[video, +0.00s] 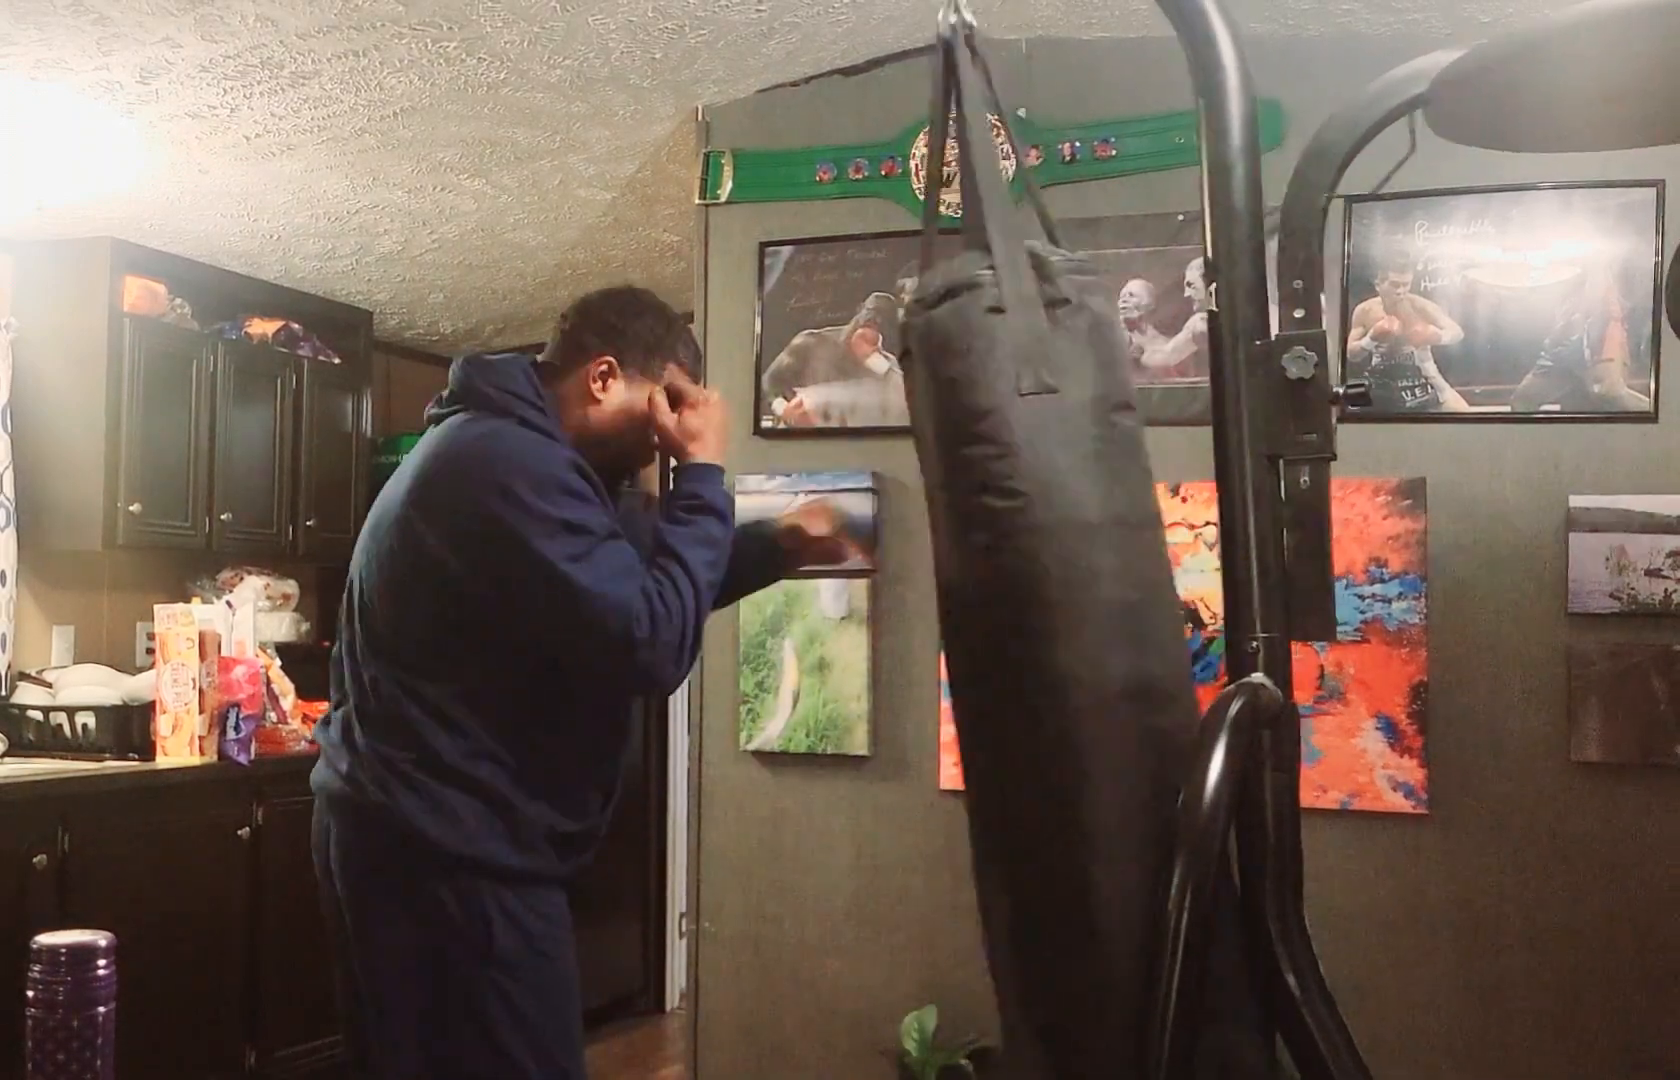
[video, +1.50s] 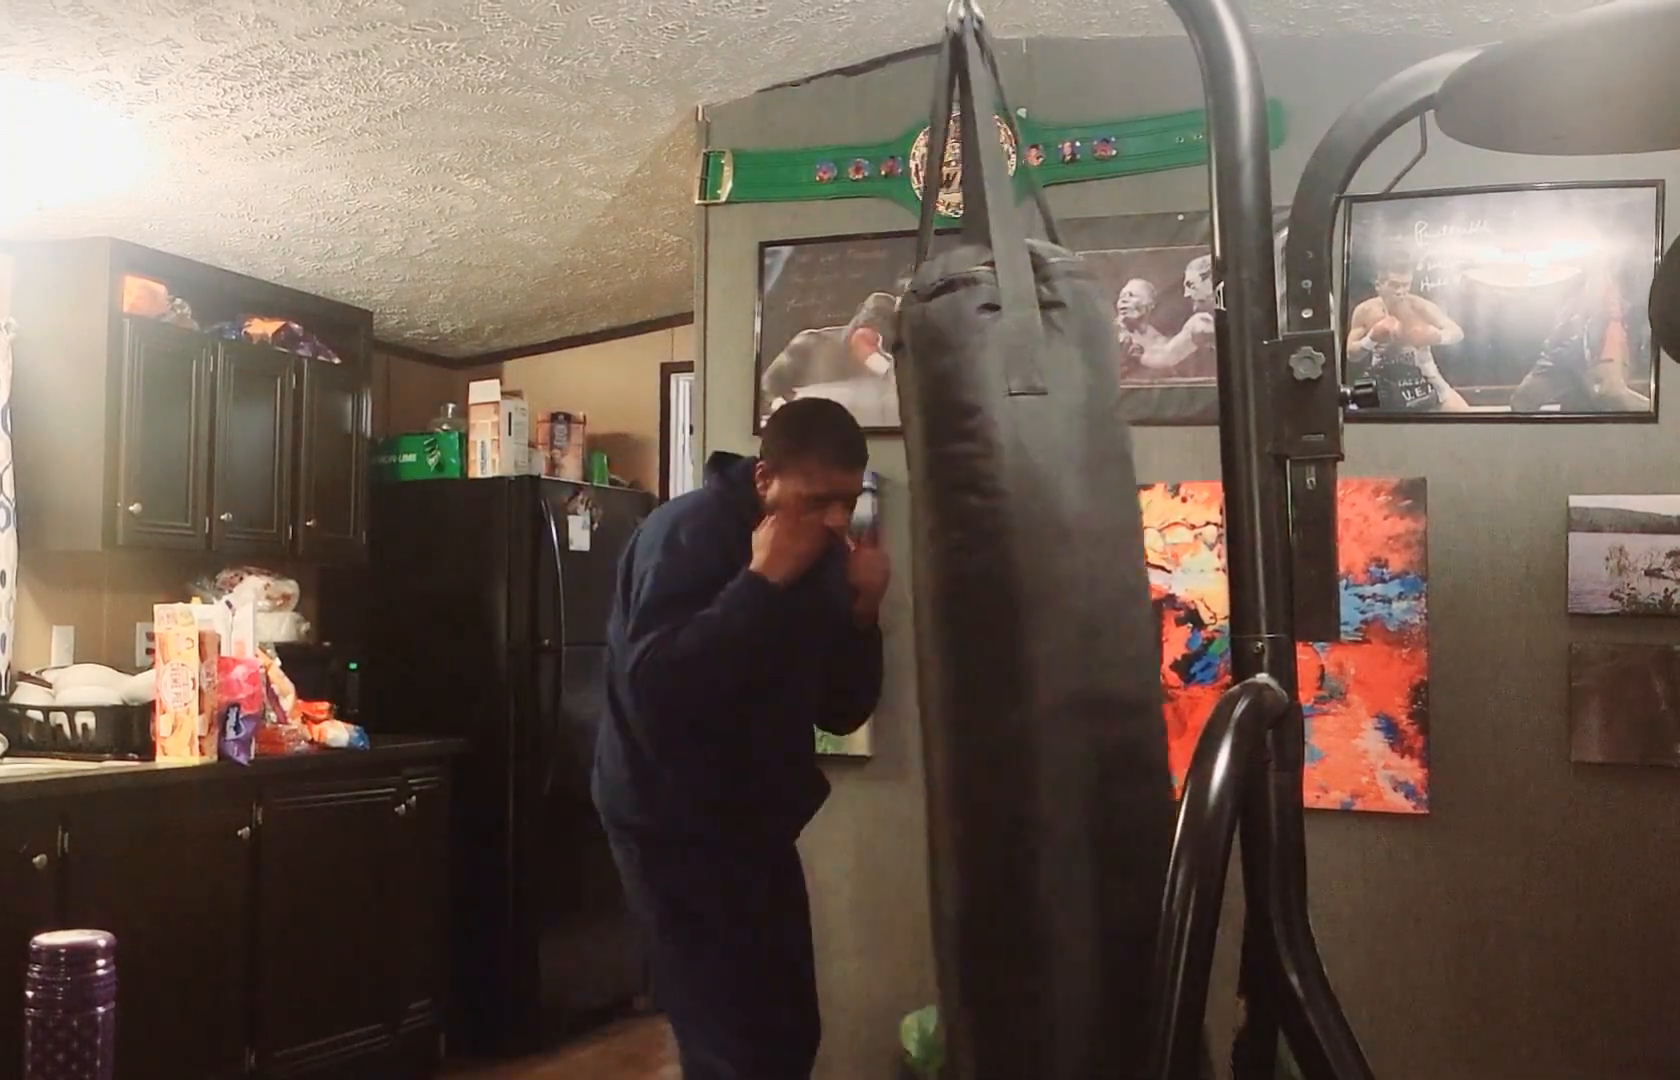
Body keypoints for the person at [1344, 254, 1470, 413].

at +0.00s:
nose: (1401, 291)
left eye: (1406, 285)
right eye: (1395, 285)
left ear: (1411, 284)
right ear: (1378, 284)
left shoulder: (1420, 305)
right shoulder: (1365, 311)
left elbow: (1457, 332)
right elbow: (1351, 354)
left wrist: (1434, 336)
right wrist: (1372, 338)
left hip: (1426, 382)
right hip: (1383, 386)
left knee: (1467, 418)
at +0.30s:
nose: (1401, 291)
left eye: (1406, 285)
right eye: (1395, 285)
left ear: (1411, 283)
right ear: (1378, 284)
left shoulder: (1420, 305)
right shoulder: (1365, 311)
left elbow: (1457, 331)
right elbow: (1352, 354)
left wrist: (1435, 335)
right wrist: (1373, 338)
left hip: (1427, 382)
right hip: (1384, 385)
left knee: (1468, 418)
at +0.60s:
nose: (1401, 291)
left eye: (1406, 285)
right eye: (1395, 285)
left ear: (1411, 284)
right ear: (1379, 284)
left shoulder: (1420, 306)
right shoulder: (1364, 311)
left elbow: (1457, 332)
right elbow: (1352, 355)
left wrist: (1434, 336)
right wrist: (1373, 339)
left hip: (1428, 384)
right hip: (1385, 387)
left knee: (1468, 419)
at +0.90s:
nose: (1401, 292)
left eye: (1405, 286)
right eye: (1394, 285)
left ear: (1410, 284)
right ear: (1378, 284)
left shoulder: (1420, 306)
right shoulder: (1364, 312)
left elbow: (1456, 332)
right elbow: (1351, 354)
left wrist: (1434, 336)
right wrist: (1372, 338)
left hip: (1427, 383)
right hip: (1385, 387)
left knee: (1466, 419)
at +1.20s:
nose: (1401, 291)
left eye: (1406, 285)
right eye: (1394, 285)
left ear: (1411, 284)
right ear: (1378, 284)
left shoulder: (1420, 305)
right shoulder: (1364, 311)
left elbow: (1457, 332)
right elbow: (1351, 354)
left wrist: (1434, 336)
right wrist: (1373, 338)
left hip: (1428, 384)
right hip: (1385, 388)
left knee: (1469, 421)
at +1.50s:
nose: (1401, 291)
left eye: (1405, 285)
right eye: (1394, 285)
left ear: (1410, 284)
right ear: (1378, 285)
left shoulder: (1420, 306)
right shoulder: (1364, 311)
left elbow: (1457, 332)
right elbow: (1351, 355)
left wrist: (1434, 336)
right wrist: (1372, 338)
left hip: (1428, 383)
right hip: (1385, 387)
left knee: (1467, 419)